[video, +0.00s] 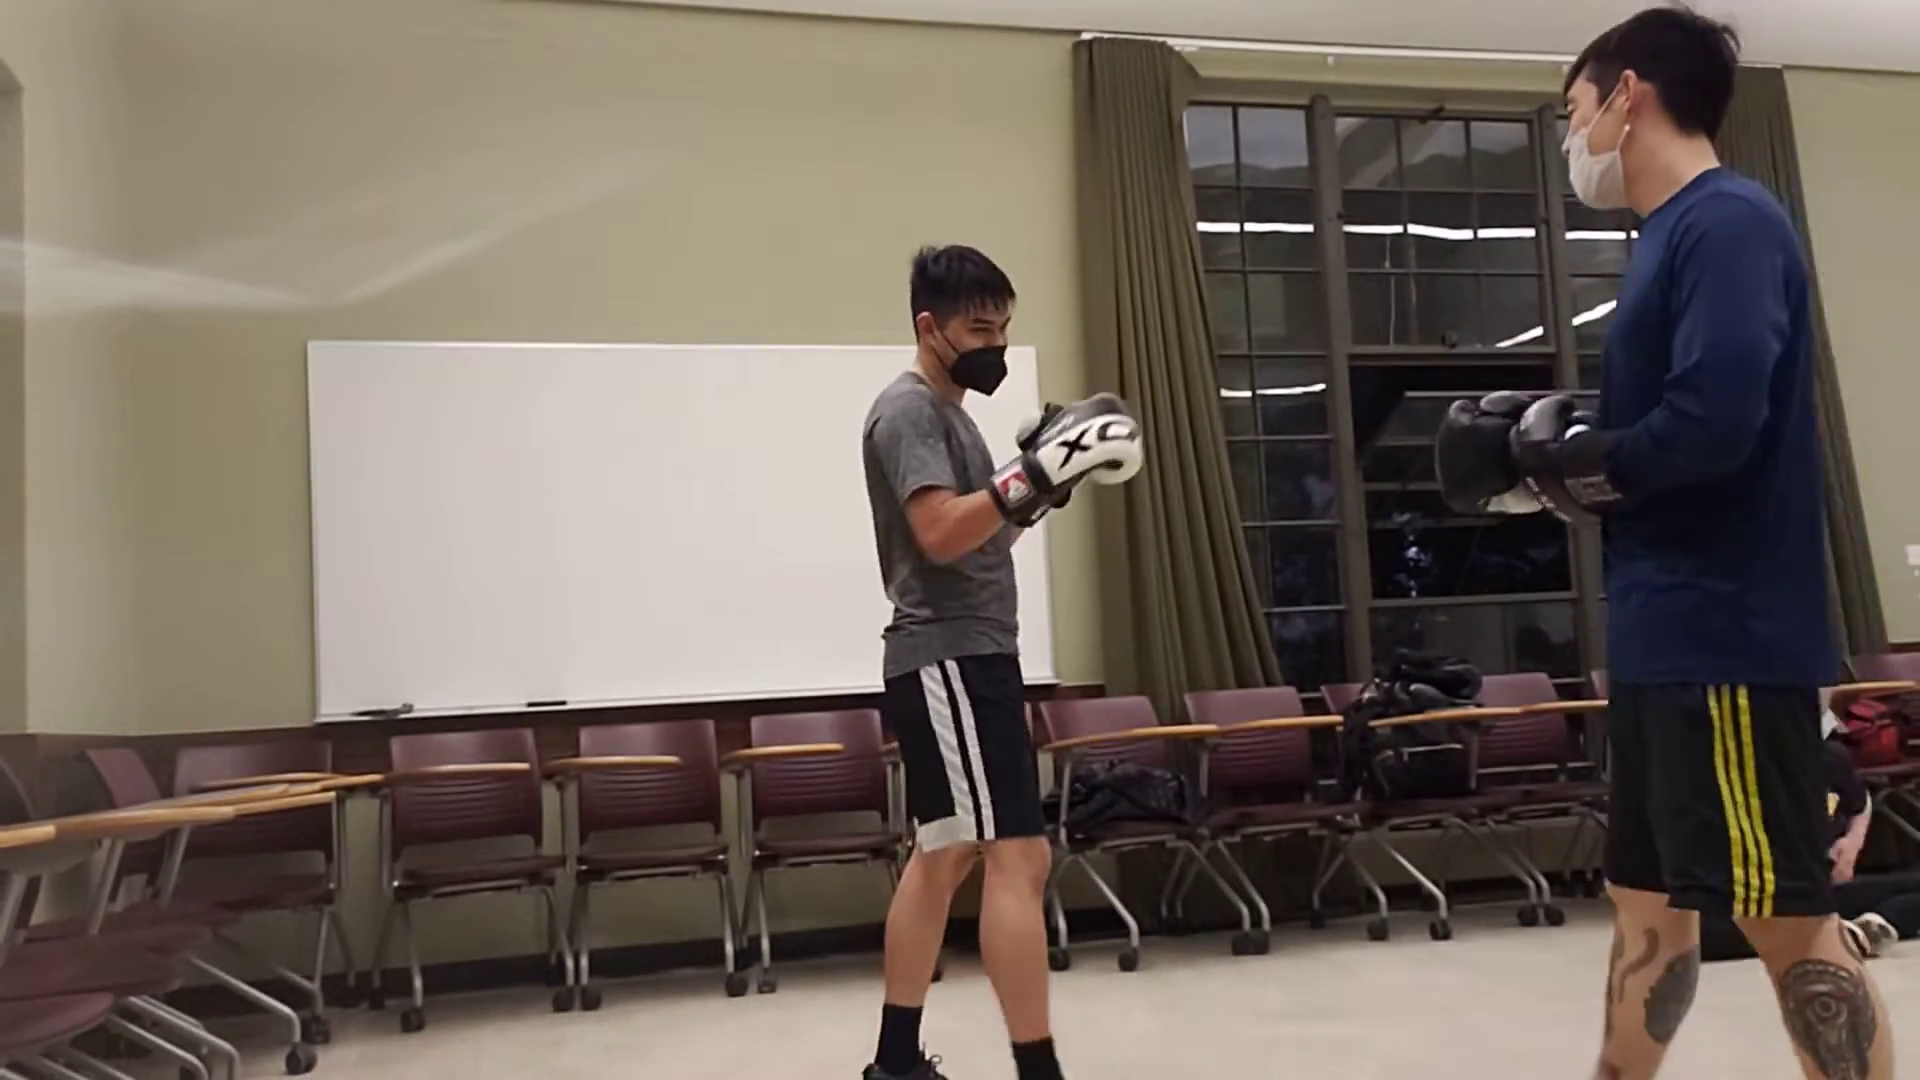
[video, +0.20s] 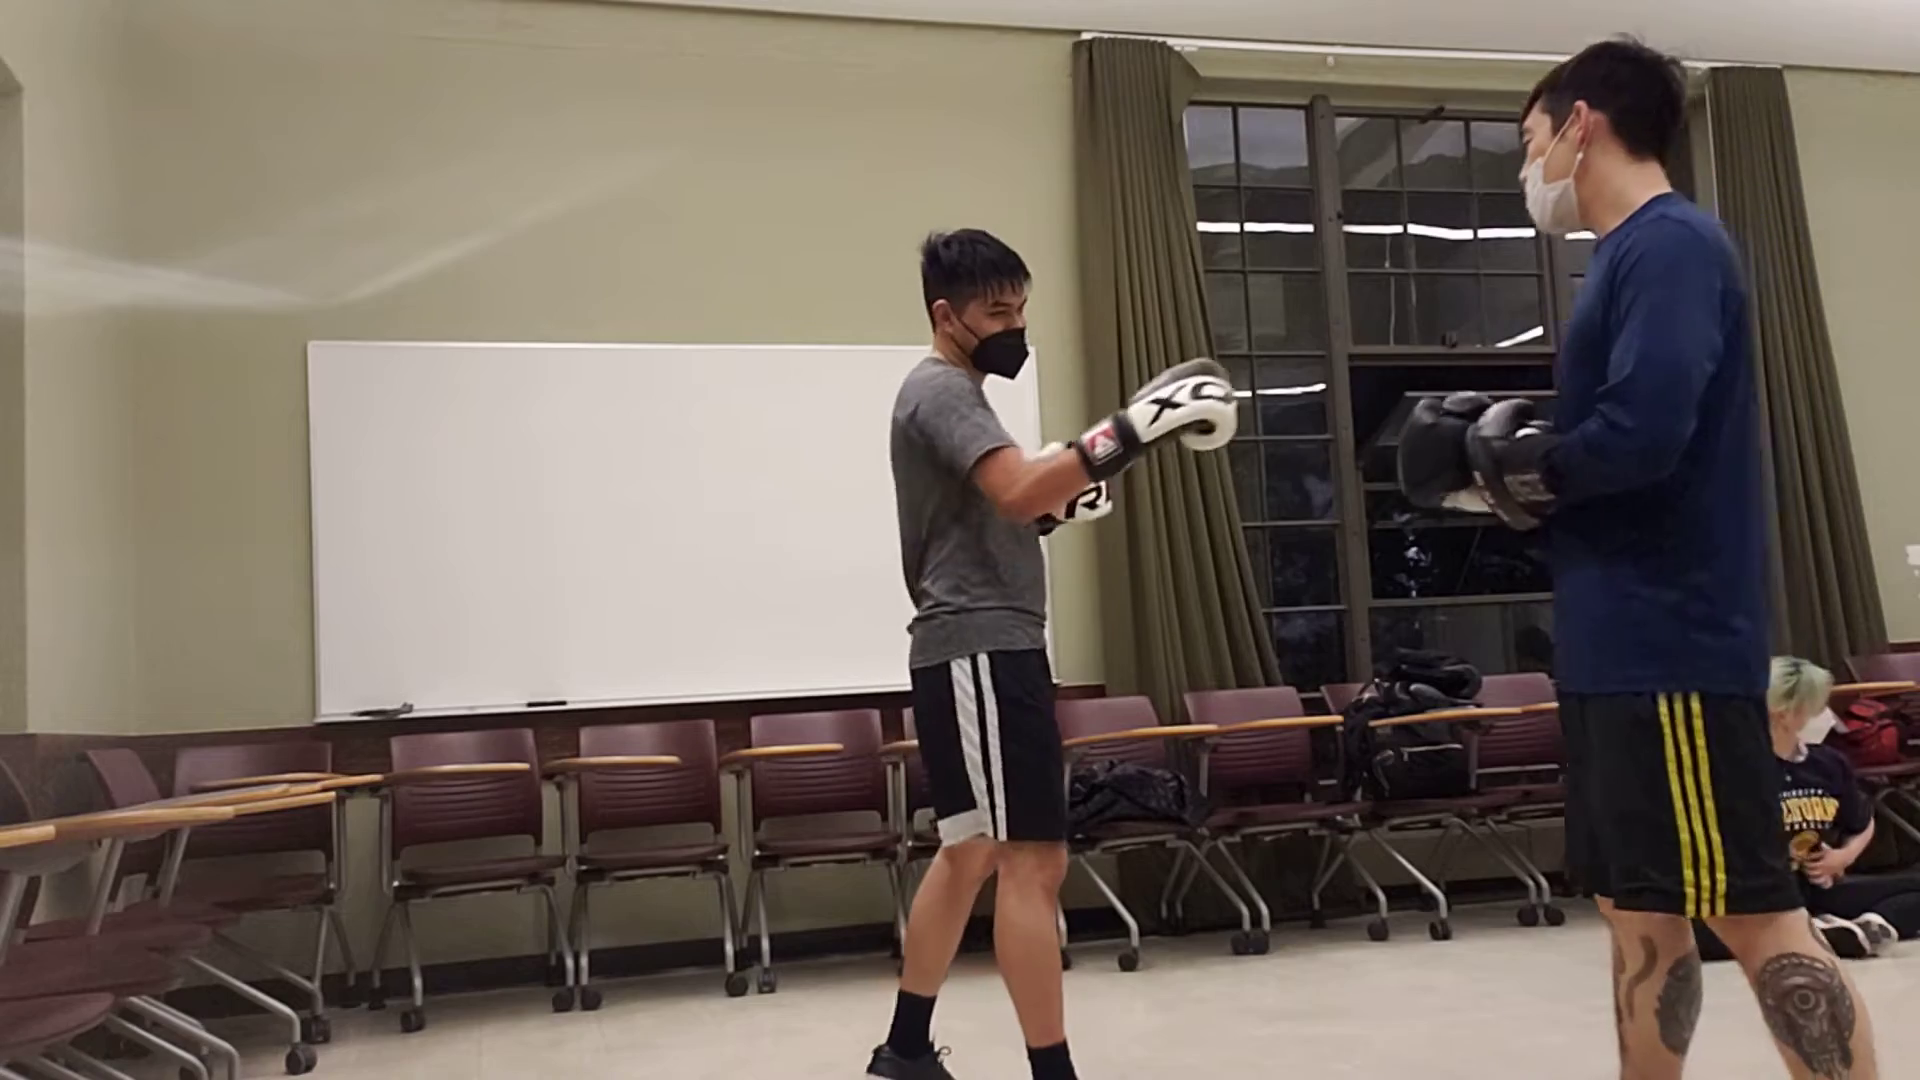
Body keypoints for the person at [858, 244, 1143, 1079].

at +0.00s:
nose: (995, 342)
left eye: (1001, 326)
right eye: (978, 326)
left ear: (1003, 320)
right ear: (927, 326)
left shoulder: (950, 419)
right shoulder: (907, 411)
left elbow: (976, 540)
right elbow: (942, 536)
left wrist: (1039, 479)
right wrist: (1032, 476)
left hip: (963, 658)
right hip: (951, 660)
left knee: (941, 854)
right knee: (1019, 860)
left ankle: (897, 1058)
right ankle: (1040, 1071)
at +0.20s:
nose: (1016, 324)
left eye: (1019, 307)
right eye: (998, 310)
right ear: (945, 311)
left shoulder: (949, 392)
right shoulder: (939, 392)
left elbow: (979, 523)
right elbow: (1020, 487)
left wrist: (1053, 508)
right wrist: (1129, 429)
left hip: (966, 647)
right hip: (985, 649)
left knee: (966, 853)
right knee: (1032, 860)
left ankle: (905, 1049)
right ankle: (1054, 1072)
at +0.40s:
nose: (1043, 307)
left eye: (1043, 290)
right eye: (1026, 293)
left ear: (975, 307)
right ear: (970, 300)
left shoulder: (949, 384)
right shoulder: (978, 384)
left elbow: (1002, 511)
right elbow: (1036, 511)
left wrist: (1086, 479)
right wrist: (1137, 458)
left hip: (965, 645)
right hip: (997, 648)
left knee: (976, 855)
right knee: (1034, 867)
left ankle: (915, 1047)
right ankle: (1054, 1073)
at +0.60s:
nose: (1041, 315)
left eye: (1043, 300)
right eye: (1027, 299)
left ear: (975, 307)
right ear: (969, 305)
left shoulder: (952, 389)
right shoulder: (963, 394)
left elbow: (982, 516)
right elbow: (982, 531)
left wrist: (1067, 475)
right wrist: (1084, 493)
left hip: (957, 649)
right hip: (982, 653)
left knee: (953, 855)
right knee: (1028, 865)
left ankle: (900, 1054)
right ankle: (1052, 1072)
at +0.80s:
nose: (999, 335)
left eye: (1003, 318)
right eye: (981, 321)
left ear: (1001, 315)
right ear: (929, 328)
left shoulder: (944, 414)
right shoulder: (913, 412)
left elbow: (952, 539)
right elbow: (931, 544)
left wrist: (1030, 504)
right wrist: (1037, 512)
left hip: (941, 667)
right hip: (925, 669)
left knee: (917, 864)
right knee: (992, 870)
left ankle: (882, 1059)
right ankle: (1045, 1071)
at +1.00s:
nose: (967, 335)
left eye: (972, 319)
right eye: (948, 320)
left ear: (972, 315)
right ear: (898, 324)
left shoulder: (922, 414)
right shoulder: (869, 414)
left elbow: (903, 542)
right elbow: (841, 554)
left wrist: (977, 553)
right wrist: (950, 570)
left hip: (909, 659)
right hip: (878, 661)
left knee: (893, 864)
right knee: (941, 860)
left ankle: (882, 1060)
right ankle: (948, 1067)